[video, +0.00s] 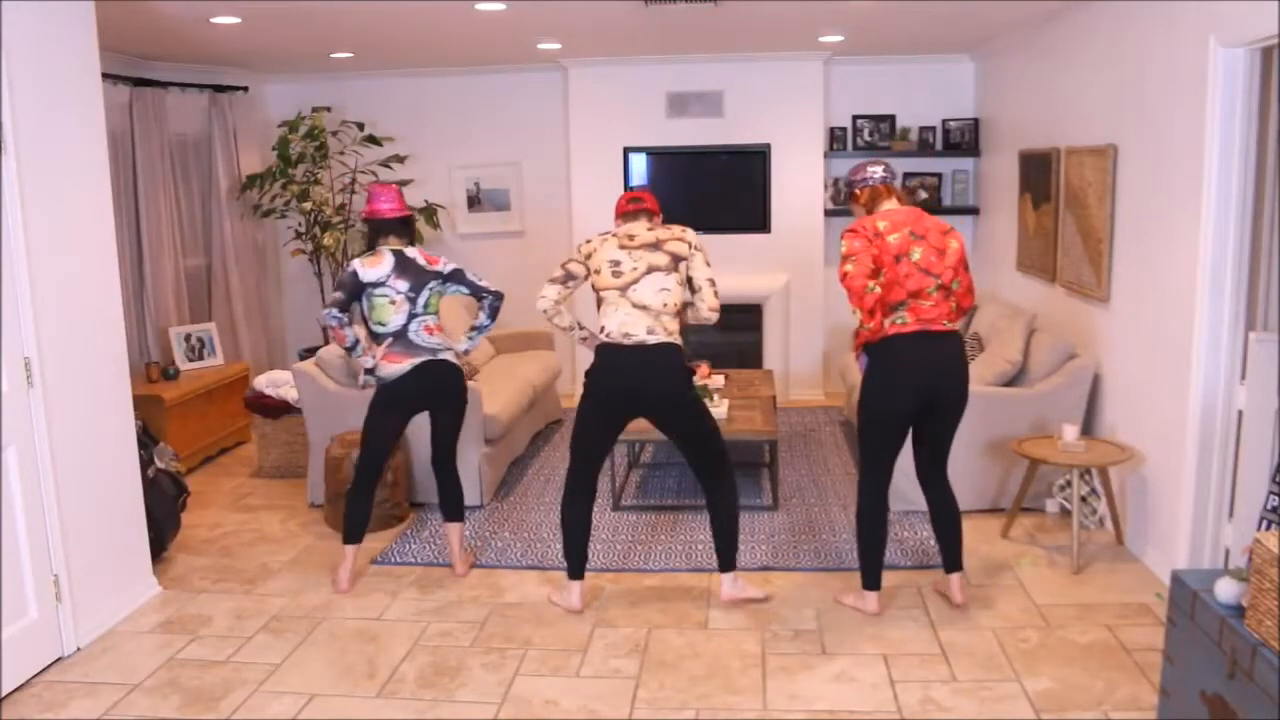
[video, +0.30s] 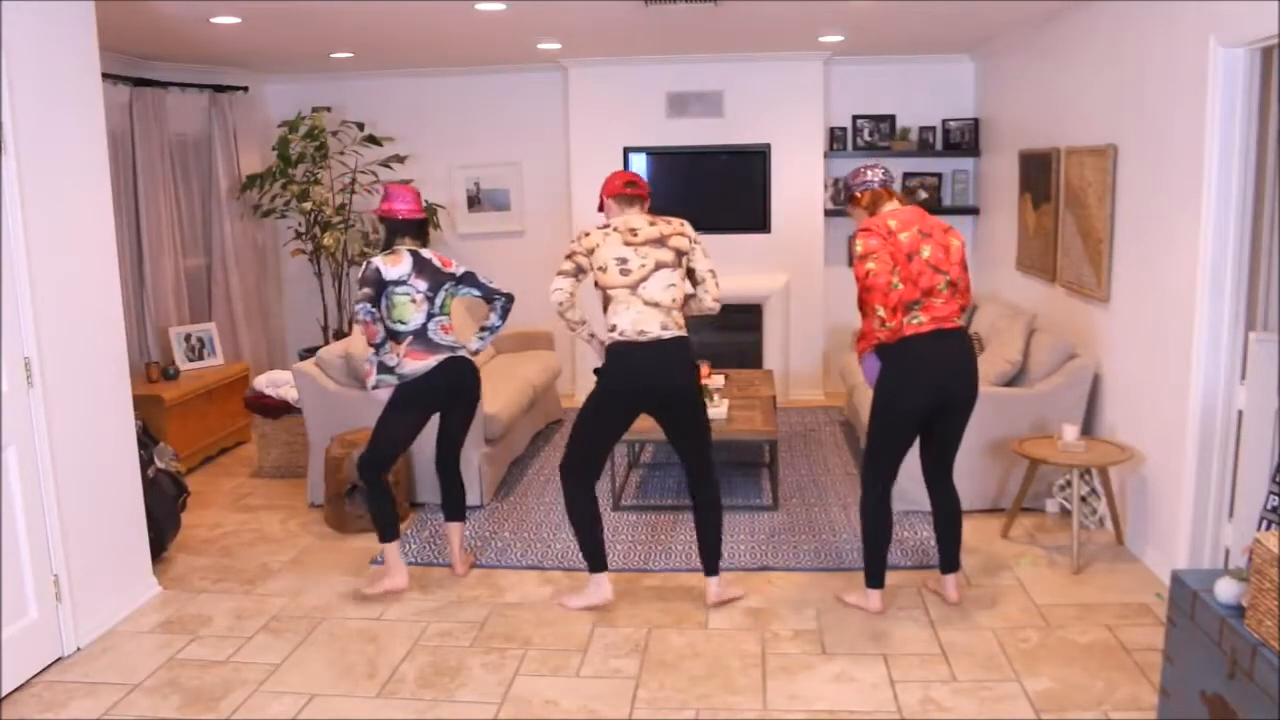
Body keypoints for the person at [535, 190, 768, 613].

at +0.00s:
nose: (640, 224)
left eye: (633, 217)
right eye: (649, 215)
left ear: (618, 218)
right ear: (658, 214)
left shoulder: (596, 247)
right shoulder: (684, 241)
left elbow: (548, 301)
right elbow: (708, 310)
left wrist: (586, 335)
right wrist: (669, 310)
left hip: (608, 373)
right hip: (665, 372)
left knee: (580, 476)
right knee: (716, 471)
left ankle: (574, 589)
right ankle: (729, 579)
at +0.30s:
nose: (617, 212)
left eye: (610, 206)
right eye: (624, 203)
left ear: (606, 205)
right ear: (647, 201)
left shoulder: (591, 240)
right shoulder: (680, 231)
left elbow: (562, 299)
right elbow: (709, 300)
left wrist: (598, 342)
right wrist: (670, 314)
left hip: (624, 367)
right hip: (675, 365)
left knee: (576, 471)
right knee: (701, 471)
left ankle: (598, 582)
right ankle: (714, 582)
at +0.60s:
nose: (573, 194)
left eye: (578, 186)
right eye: (575, 185)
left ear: (598, 190)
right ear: (614, 190)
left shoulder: (585, 232)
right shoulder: (652, 222)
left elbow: (587, 296)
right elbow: (686, 283)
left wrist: (607, 345)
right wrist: (656, 317)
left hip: (645, 355)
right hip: (685, 351)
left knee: (591, 466)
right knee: (668, 457)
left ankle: (605, 578)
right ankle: (686, 558)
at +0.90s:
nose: (568, 192)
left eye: (579, 186)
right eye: (571, 183)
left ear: (604, 198)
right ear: (592, 198)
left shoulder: (608, 239)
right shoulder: (608, 232)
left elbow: (648, 300)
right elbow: (628, 286)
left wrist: (626, 346)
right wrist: (596, 308)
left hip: (668, 357)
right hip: (657, 354)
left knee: (638, 468)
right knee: (617, 445)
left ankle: (666, 576)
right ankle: (663, 539)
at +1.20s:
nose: (566, 242)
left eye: (575, 232)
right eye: (560, 233)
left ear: (598, 231)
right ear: (555, 236)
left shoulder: (629, 264)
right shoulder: (573, 268)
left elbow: (697, 297)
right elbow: (586, 301)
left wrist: (660, 344)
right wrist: (594, 320)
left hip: (670, 363)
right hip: (626, 367)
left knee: (661, 462)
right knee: (591, 463)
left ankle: (675, 561)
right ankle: (632, 546)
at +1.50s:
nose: (614, 242)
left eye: (621, 232)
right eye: (605, 235)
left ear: (637, 223)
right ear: (594, 232)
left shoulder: (667, 250)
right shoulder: (586, 252)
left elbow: (721, 282)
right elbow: (578, 295)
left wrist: (684, 329)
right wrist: (606, 307)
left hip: (677, 359)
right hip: (626, 362)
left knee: (697, 457)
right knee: (595, 459)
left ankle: (699, 550)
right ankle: (628, 540)